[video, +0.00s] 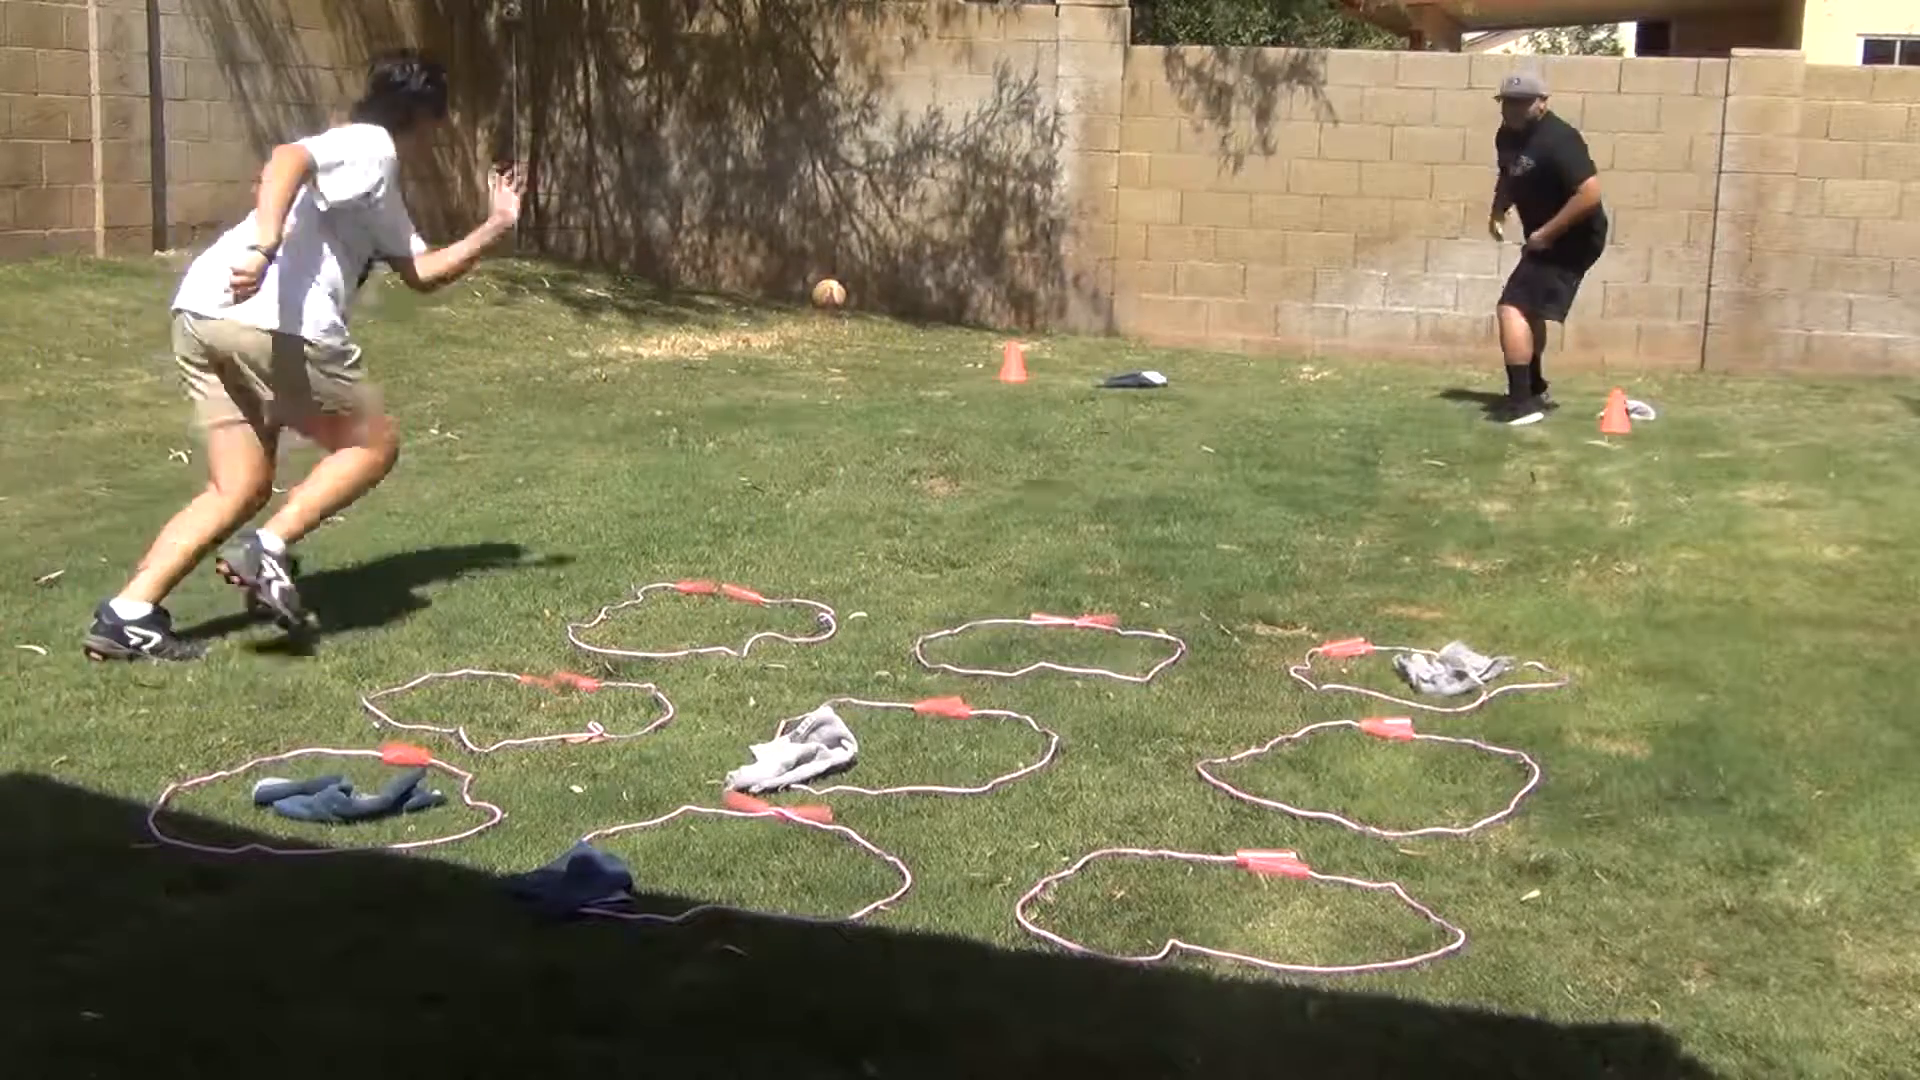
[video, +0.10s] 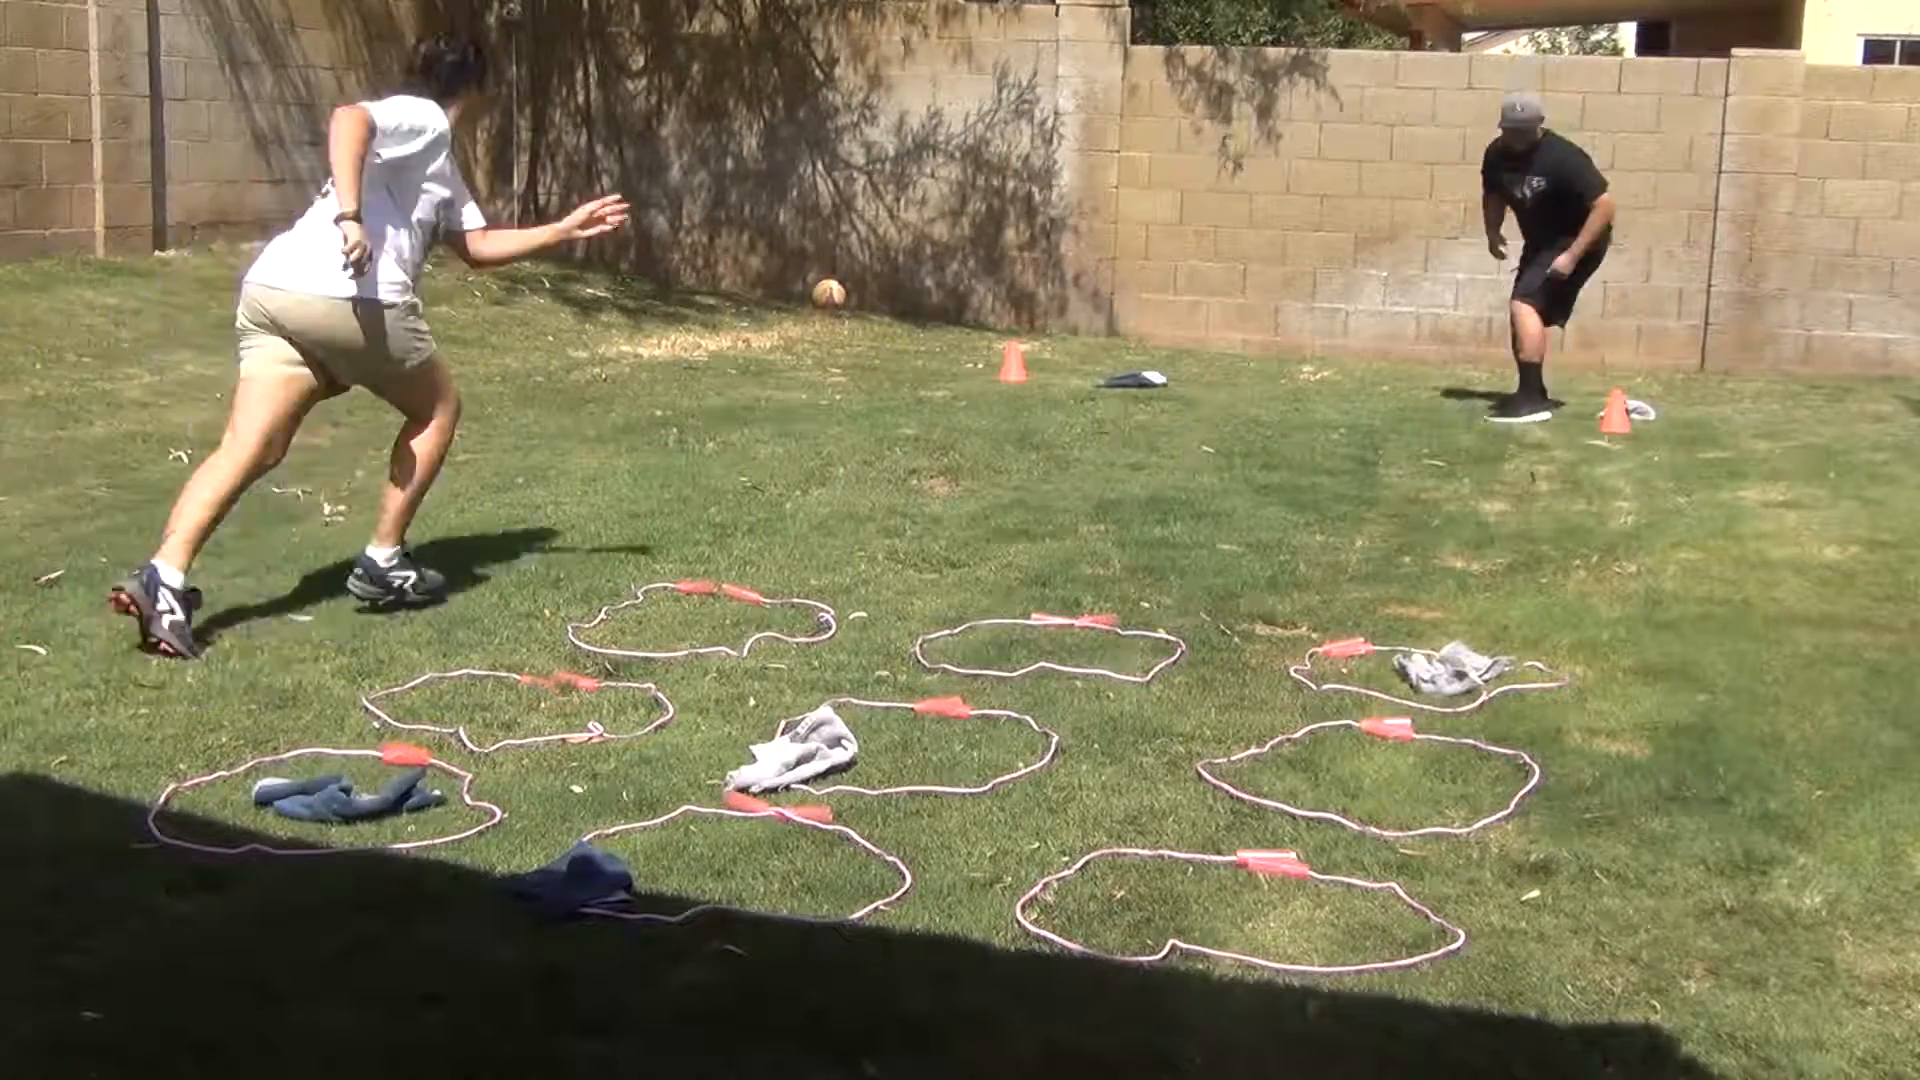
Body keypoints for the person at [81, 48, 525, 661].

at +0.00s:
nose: (438, 133)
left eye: (440, 120)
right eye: (436, 118)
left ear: (378, 104)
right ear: (416, 115)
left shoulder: (373, 186)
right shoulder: (371, 144)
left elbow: (423, 271)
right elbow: (288, 160)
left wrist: (495, 226)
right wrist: (265, 243)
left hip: (202, 316)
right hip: (275, 321)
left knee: (239, 483)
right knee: (373, 443)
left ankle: (127, 613)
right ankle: (267, 549)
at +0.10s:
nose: (483, 107)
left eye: (485, 96)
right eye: (483, 95)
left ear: (425, 77)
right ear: (469, 92)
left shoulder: (438, 172)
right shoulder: (425, 117)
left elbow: (481, 246)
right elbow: (350, 118)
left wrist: (562, 230)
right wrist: (349, 212)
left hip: (276, 287)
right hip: (351, 296)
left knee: (249, 446)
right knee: (435, 408)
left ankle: (164, 578)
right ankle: (382, 561)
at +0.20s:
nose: (527, 101)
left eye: (527, 90)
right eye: (527, 90)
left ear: (468, 85)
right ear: (516, 86)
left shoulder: (434, 130)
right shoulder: (495, 125)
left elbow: (422, 234)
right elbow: (451, 168)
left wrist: (495, 300)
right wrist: (476, 269)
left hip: (340, 285)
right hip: (410, 294)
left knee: (374, 449)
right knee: (469, 432)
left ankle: (263, 513)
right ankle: (396, 569)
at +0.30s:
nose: (583, 121)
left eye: (582, 111)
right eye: (582, 111)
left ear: (526, 102)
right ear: (571, 108)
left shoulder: (483, 133)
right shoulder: (565, 149)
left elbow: (396, 180)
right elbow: (572, 241)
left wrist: (388, 259)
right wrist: (601, 254)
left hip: (406, 288)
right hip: (469, 298)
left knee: (479, 412)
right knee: (482, 446)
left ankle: (415, 481)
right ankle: (399, 563)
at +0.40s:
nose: (633, 106)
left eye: (630, 99)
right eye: (633, 98)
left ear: (577, 88)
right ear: (625, 97)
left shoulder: (525, 114)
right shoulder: (626, 144)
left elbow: (433, 129)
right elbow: (648, 240)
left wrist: (401, 204)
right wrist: (619, 245)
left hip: (467, 277)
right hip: (538, 292)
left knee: (571, 360)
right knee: (486, 422)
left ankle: (566, 496)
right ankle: (424, 535)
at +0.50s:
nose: (672, 97)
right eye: (675, 89)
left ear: (624, 78)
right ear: (673, 90)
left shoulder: (564, 119)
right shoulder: (673, 141)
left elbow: (499, 180)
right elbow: (671, 233)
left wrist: (515, 259)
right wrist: (664, 292)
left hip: (536, 271)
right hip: (612, 278)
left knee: (591, 395)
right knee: (581, 414)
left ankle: (609, 510)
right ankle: (524, 457)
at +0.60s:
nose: (714, 101)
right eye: (714, 93)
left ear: (666, 86)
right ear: (710, 94)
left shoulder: (618, 132)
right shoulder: (707, 137)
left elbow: (585, 204)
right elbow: (701, 194)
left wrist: (617, 255)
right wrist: (724, 267)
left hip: (586, 274)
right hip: (661, 281)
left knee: (613, 396)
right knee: (684, 388)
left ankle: (613, 507)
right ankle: (641, 429)